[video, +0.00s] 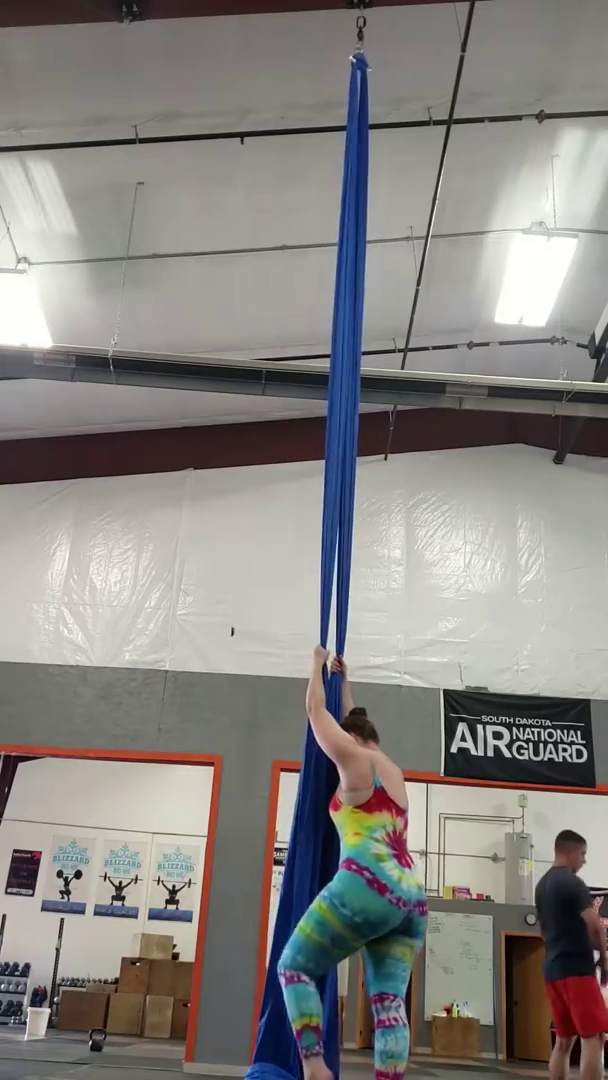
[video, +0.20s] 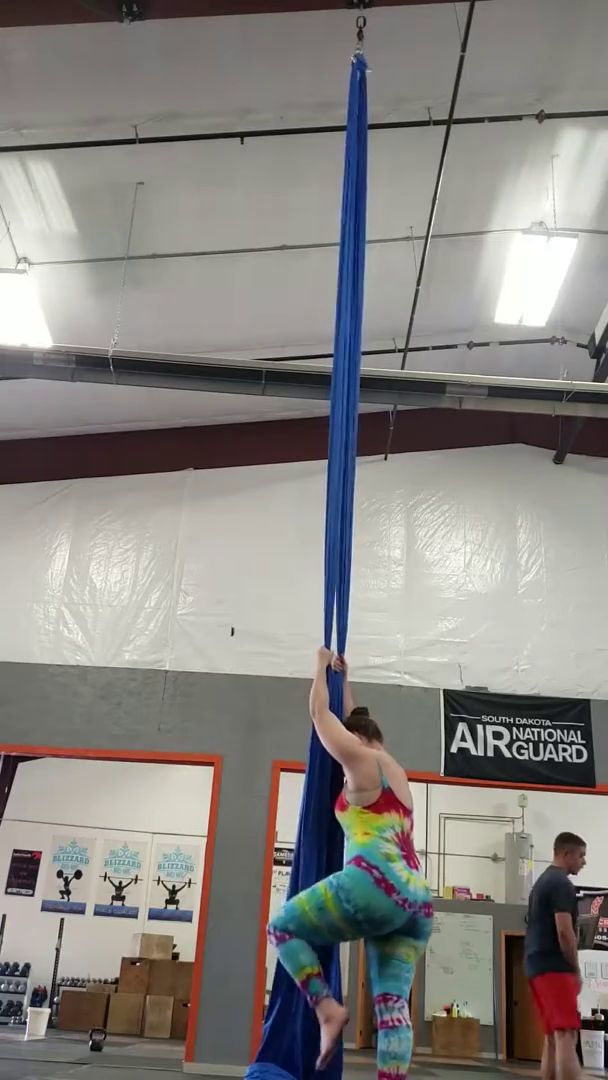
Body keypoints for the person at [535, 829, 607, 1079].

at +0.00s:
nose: (584, 860)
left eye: (585, 854)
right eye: (582, 854)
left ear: (560, 852)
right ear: (570, 852)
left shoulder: (542, 884)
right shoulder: (573, 882)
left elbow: (548, 930)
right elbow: (594, 924)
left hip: (552, 969)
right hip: (577, 969)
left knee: (563, 1039)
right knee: (593, 1038)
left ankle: (556, 1078)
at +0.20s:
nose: (584, 862)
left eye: (584, 856)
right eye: (581, 856)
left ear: (562, 854)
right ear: (566, 854)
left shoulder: (545, 880)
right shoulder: (560, 882)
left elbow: (537, 927)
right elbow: (564, 931)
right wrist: (575, 969)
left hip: (538, 963)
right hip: (554, 964)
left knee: (552, 1037)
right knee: (565, 1035)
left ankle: (549, 1075)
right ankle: (568, 1077)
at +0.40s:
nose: (565, 855)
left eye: (565, 849)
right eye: (561, 849)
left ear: (543, 851)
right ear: (544, 850)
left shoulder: (537, 880)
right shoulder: (540, 882)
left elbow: (547, 930)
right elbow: (547, 930)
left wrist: (563, 973)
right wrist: (566, 974)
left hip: (539, 968)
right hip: (538, 969)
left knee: (544, 1035)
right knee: (541, 1035)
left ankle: (545, 1076)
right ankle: (521, 1076)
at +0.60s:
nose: (551, 851)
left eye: (550, 846)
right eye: (546, 846)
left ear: (533, 849)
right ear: (530, 848)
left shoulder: (533, 883)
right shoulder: (519, 881)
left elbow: (543, 935)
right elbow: (520, 931)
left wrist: (563, 965)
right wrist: (548, 972)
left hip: (536, 971)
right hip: (518, 971)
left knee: (543, 1041)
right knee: (516, 1039)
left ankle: (545, 1076)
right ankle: (504, 1077)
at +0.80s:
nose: (541, 844)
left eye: (540, 839)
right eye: (535, 839)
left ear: (525, 843)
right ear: (517, 841)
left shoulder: (536, 881)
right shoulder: (501, 876)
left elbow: (538, 922)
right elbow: (489, 922)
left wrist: (544, 948)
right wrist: (502, 968)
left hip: (535, 972)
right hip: (509, 971)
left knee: (552, 1037)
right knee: (508, 1041)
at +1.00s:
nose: (536, 840)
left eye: (536, 836)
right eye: (530, 836)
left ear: (530, 840)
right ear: (511, 839)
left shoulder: (537, 879)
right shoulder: (492, 875)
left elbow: (545, 921)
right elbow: (474, 920)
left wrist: (545, 952)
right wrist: (469, 966)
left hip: (534, 969)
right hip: (501, 969)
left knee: (549, 1036)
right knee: (501, 1041)